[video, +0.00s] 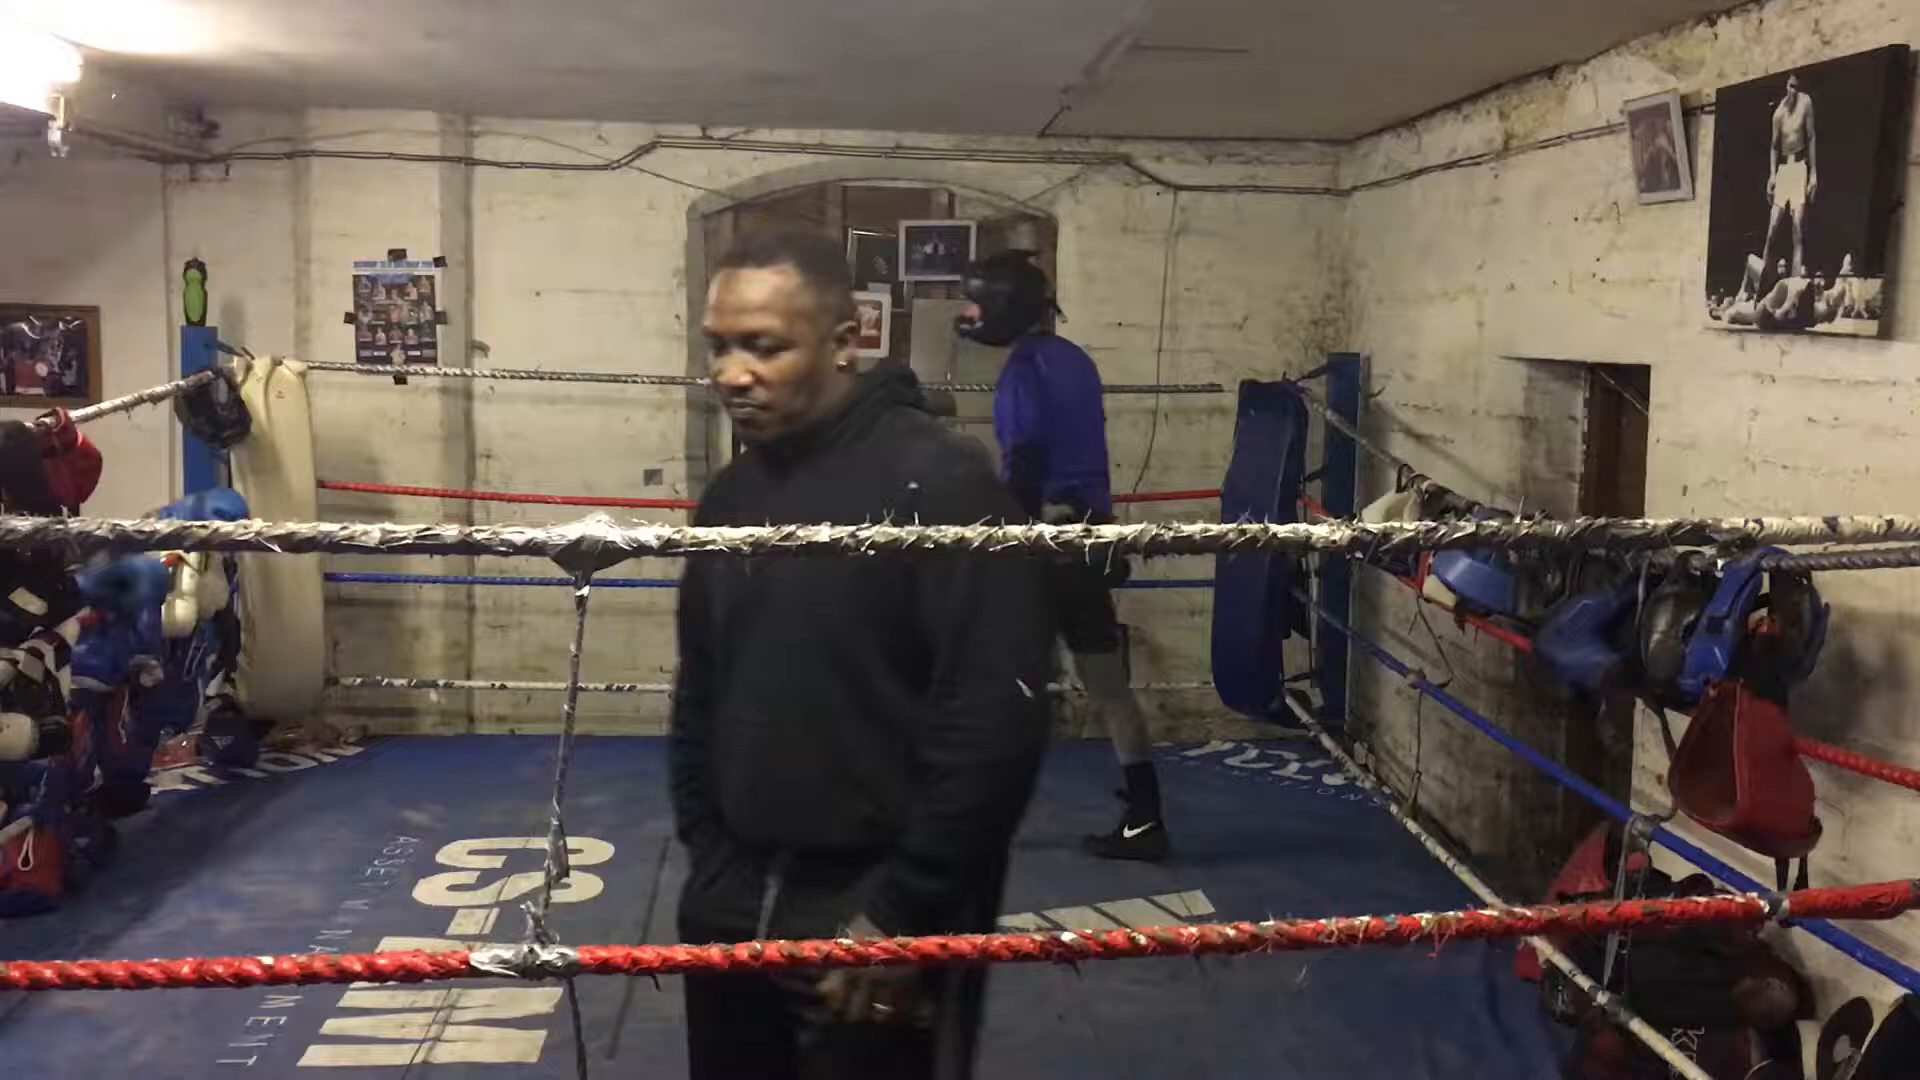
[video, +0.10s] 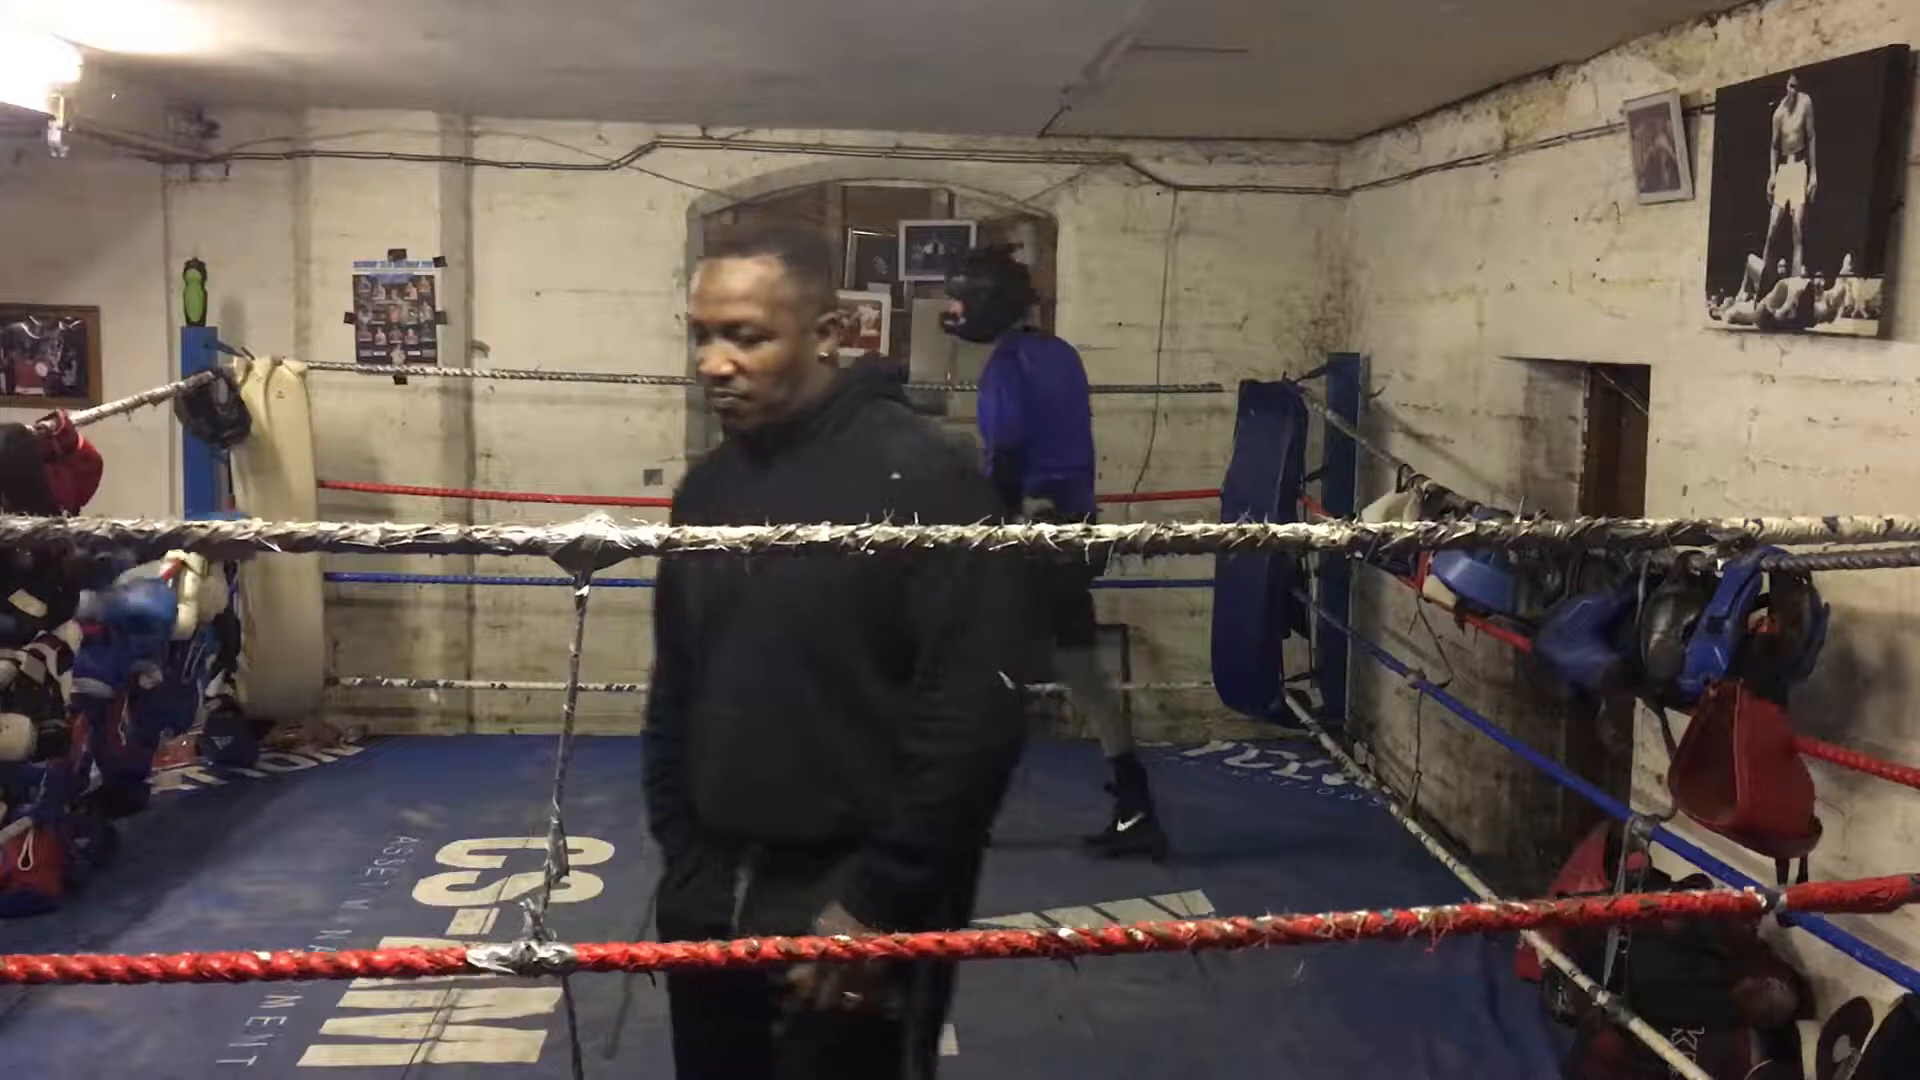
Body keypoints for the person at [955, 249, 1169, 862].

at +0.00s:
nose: (972, 311)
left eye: (983, 301)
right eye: (973, 299)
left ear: (1013, 308)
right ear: (1038, 306)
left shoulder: (1021, 368)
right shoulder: (1074, 359)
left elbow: (1025, 456)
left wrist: (1012, 533)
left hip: (1040, 537)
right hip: (1090, 534)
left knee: (1014, 686)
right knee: (1109, 685)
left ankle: (982, 819)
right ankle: (1143, 820)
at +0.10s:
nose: (954, 312)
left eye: (964, 300)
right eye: (955, 299)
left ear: (994, 305)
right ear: (1021, 302)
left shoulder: (1006, 364)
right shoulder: (1061, 355)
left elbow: (1007, 446)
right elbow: (1069, 438)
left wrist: (997, 508)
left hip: (1029, 522)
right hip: (1074, 521)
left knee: (994, 674)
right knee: (1083, 673)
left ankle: (957, 812)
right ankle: (1134, 809)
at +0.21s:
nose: (936, 305)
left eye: (946, 294)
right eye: (937, 293)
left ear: (974, 298)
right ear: (1000, 298)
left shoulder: (985, 360)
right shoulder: (1040, 353)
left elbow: (981, 446)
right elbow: (1062, 440)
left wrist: (971, 501)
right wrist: (1045, 502)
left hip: (995, 525)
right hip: (1041, 524)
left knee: (978, 670)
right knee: (1048, 666)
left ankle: (968, 806)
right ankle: (1111, 785)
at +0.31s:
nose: (913, 305)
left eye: (922, 292)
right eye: (913, 291)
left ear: (951, 296)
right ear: (978, 295)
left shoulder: (951, 365)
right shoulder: (1024, 354)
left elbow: (941, 447)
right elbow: (1041, 431)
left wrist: (924, 497)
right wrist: (1022, 486)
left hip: (968, 517)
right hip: (1021, 513)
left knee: (966, 662)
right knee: (1001, 658)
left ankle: (964, 811)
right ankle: (1069, 764)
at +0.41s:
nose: (900, 302)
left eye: (904, 291)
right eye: (901, 290)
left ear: (923, 297)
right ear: (964, 295)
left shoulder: (934, 358)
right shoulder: (1009, 353)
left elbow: (915, 427)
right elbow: (1019, 440)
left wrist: (893, 473)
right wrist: (1003, 489)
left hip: (945, 513)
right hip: (1000, 512)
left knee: (949, 660)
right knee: (972, 653)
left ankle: (962, 809)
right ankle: (1021, 774)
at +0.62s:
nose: (872, 305)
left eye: (877, 295)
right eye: (873, 295)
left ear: (892, 299)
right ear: (940, 299)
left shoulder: (893, 357)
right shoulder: (977, 356)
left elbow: (867, 443)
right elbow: (992, 446)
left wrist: (837, 504)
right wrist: (983, 508)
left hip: (913, 519)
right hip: (969, 519)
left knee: (935, 670)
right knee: (914, 660)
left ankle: (964, 813)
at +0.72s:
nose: (859, 308)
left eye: (864, 298)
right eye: (861, 299)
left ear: (877, 302)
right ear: (926, 303)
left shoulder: (879, 356)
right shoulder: (959, 359)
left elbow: (854, 440)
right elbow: (974, 448)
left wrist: (822, 504)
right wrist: (971, 512)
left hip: (895, 519)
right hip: (950, 519)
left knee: (921, 664)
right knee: (897, 660)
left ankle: (961, 812)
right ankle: (873, 794)